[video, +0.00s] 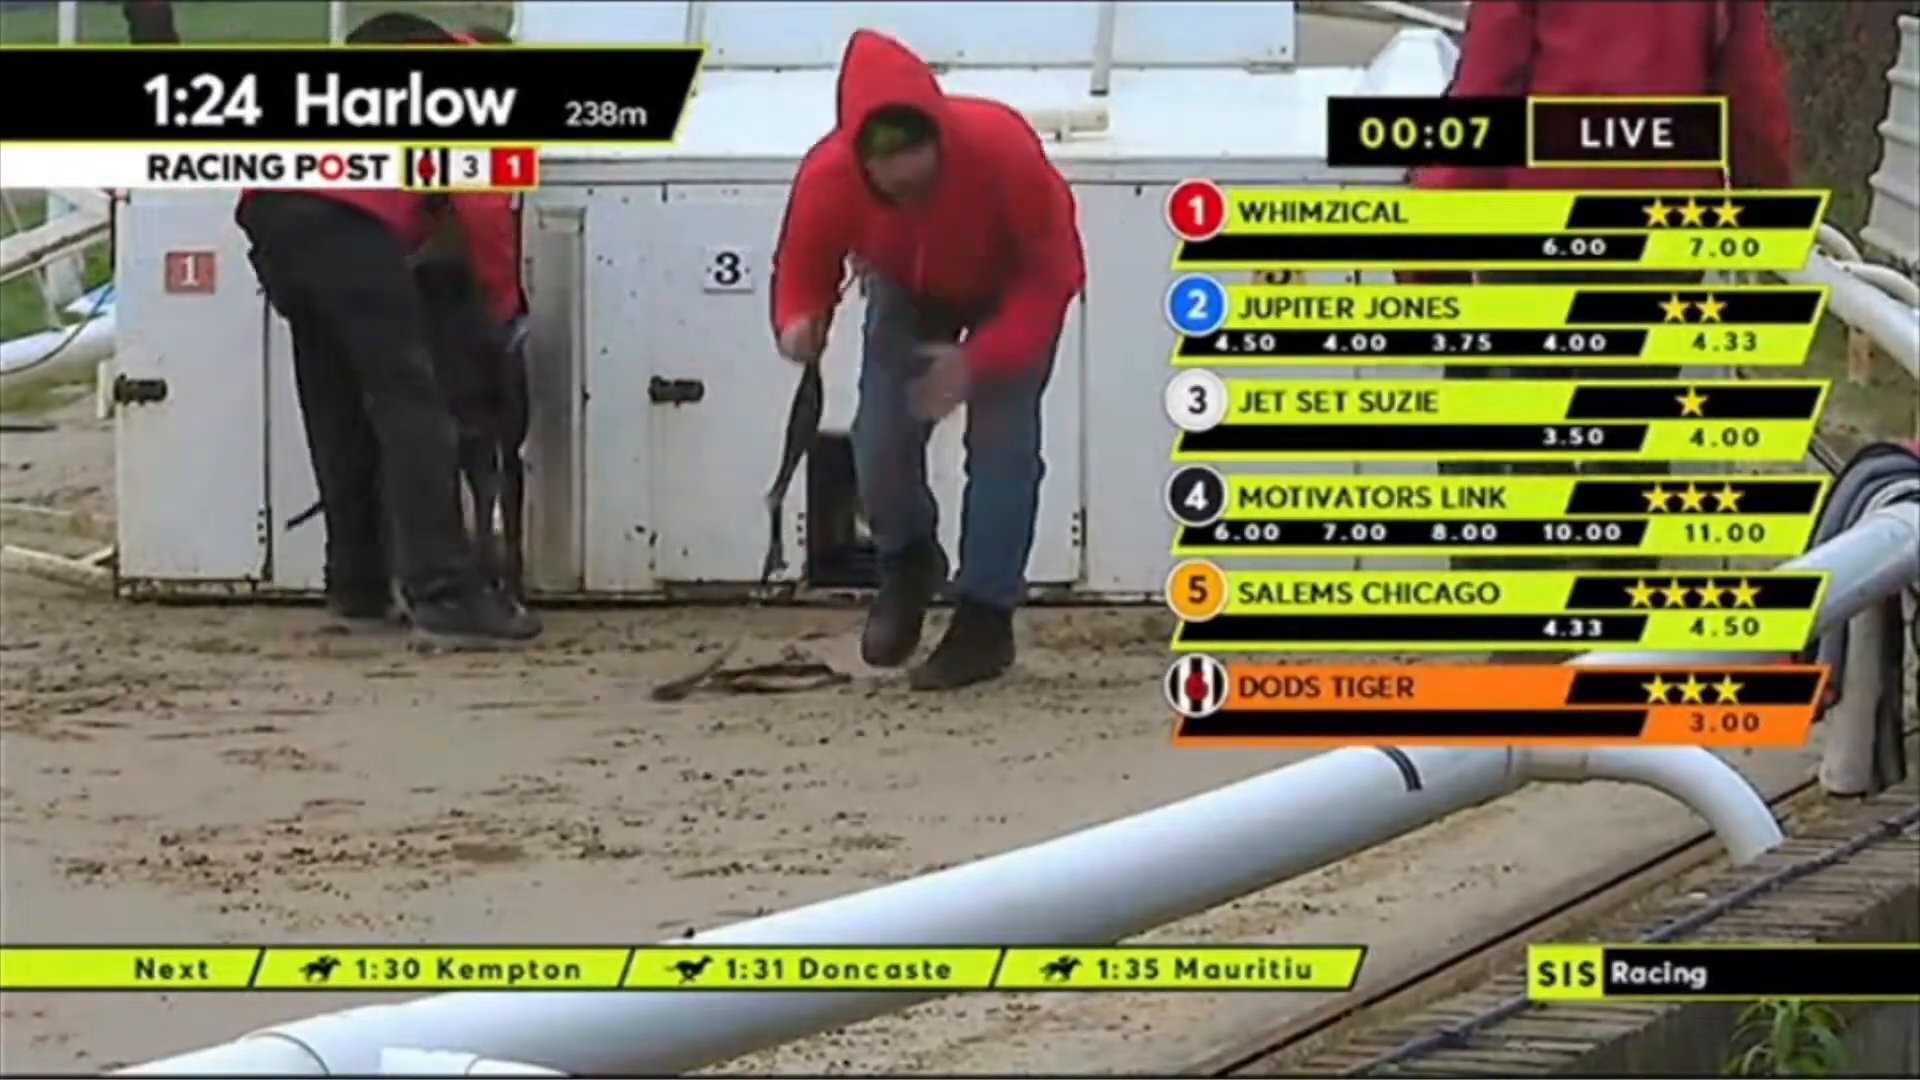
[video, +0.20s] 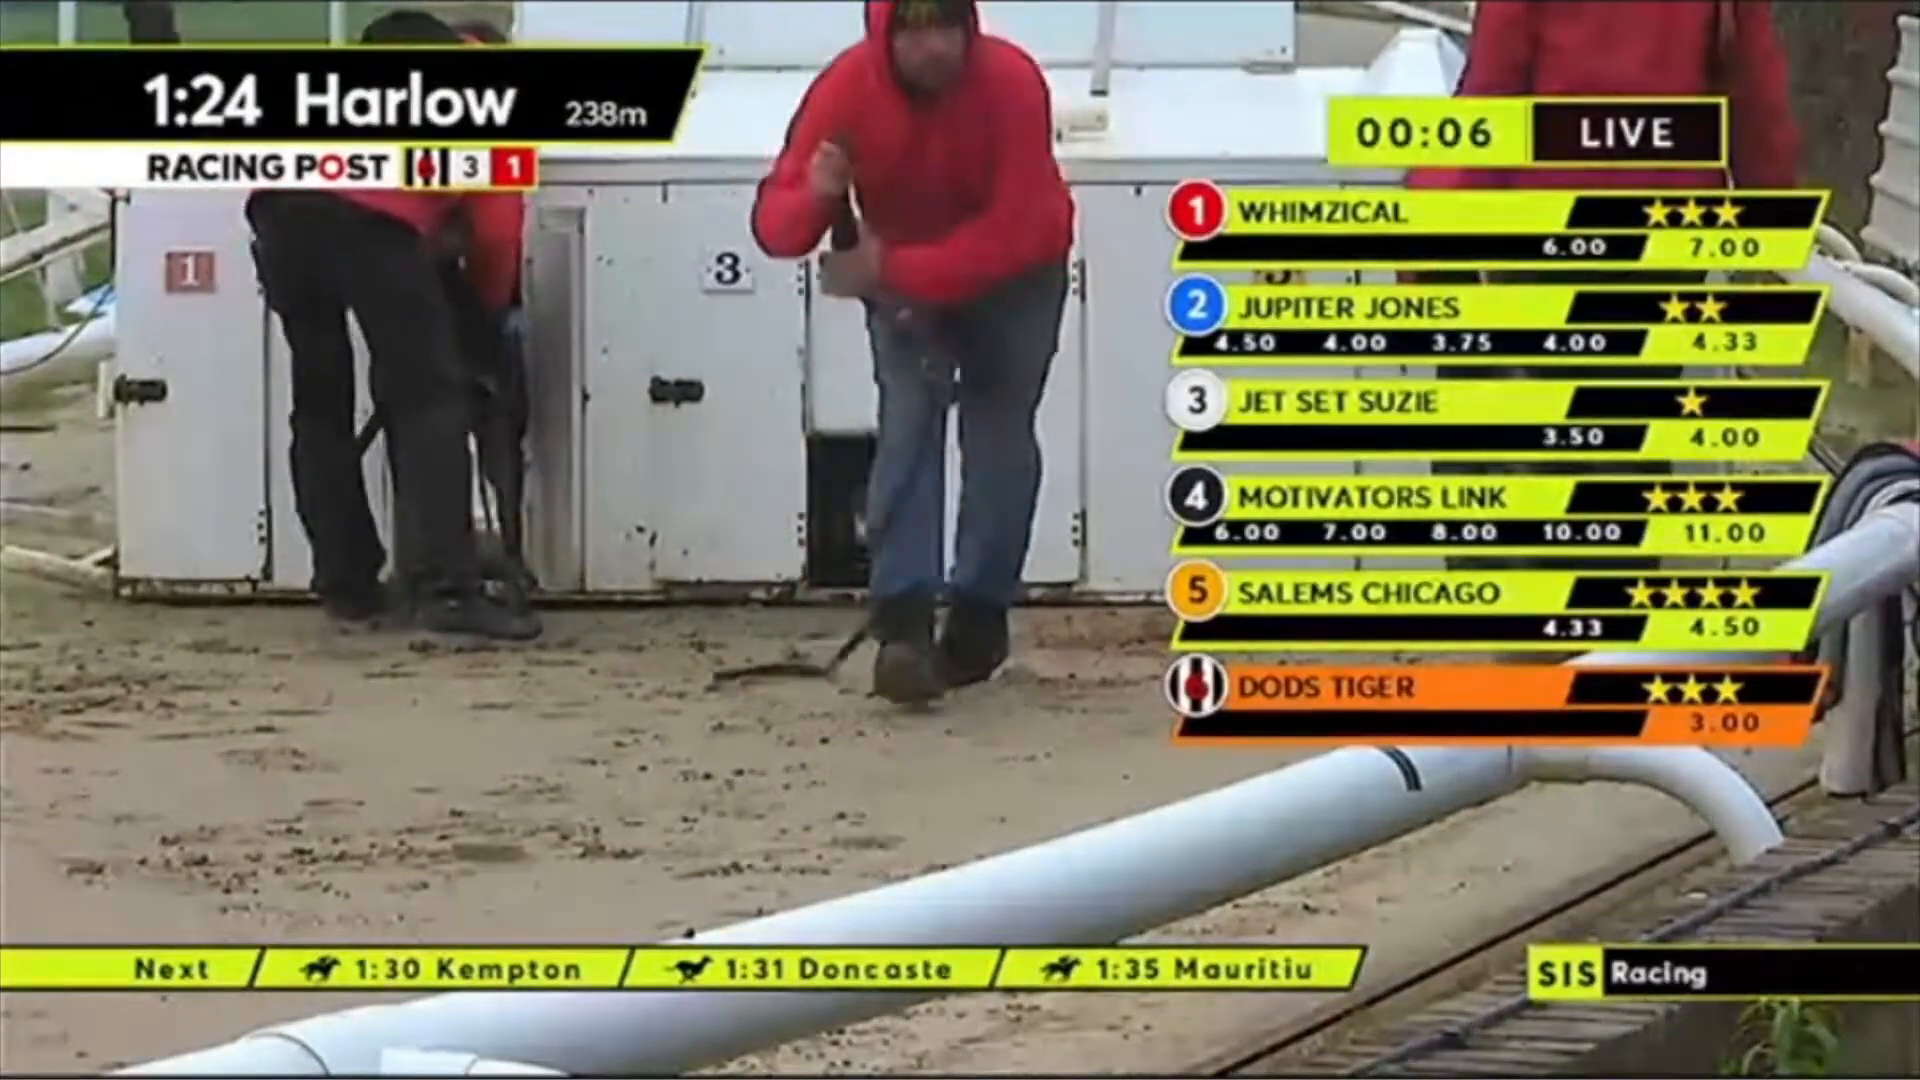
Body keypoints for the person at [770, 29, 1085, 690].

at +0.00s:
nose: (905, 196)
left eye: (917, 181)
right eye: (890, 188)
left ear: (939, 142)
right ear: (861, 159)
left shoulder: (1003, 151)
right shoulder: (829, 176)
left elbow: (1054, 273)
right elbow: (802, 267)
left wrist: (976, 360)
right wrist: (799, 320)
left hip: (1011, 288)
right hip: (907, 290)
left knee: (1001, 448)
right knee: (881, 443)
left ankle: (985, 619)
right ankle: (907, 564)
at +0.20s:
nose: (933, 43)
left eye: (948, 24)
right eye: (914, 27)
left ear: (970, 25)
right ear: (886, 31)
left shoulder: (1011, 81)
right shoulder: (848, 86)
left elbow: (1024, 228)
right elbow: (774, 229)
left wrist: (890, 269)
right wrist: (814, 198)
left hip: (1014, 269)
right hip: (903, 269)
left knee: (998, 430)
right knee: (906, 427)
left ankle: (980, 613)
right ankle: (904, 624)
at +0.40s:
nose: (937, 2)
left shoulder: (1032, 41)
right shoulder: (865, 45)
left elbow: (1051, 194)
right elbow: (750, 160)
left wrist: (930, 196)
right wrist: (767, 85)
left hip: (1027, 291)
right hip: (916, 285)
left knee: (1004, 468)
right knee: (920, 455)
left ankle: (980, 611)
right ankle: (922, 660)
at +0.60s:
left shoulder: (1082, 11)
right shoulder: (879, 12)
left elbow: (1112, 127)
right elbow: (792, 49)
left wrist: (996, 188)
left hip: (1053, 261)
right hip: (933, 265)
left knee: (1055, 442)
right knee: (924, 463)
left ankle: (1025, 626)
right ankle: (923, 662)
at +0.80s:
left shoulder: (1130, 14)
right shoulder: (934, 11)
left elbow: (1169, 137)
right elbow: (842, 31)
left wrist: (1098, 192)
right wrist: (783, 4)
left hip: (1089, 278)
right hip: (968, 280)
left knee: (1094, 463)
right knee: (948, 464)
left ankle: (1105, 659)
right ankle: (932, 651)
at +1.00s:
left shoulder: (1208, 14)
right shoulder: (1004, 13)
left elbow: (1247, 138)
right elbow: (900, 90)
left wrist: (1183, 140)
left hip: (1152, 290)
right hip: (1030, 289)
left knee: (1143, 497)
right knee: (1001, 479)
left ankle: (1109, 696)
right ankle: (969, 613)